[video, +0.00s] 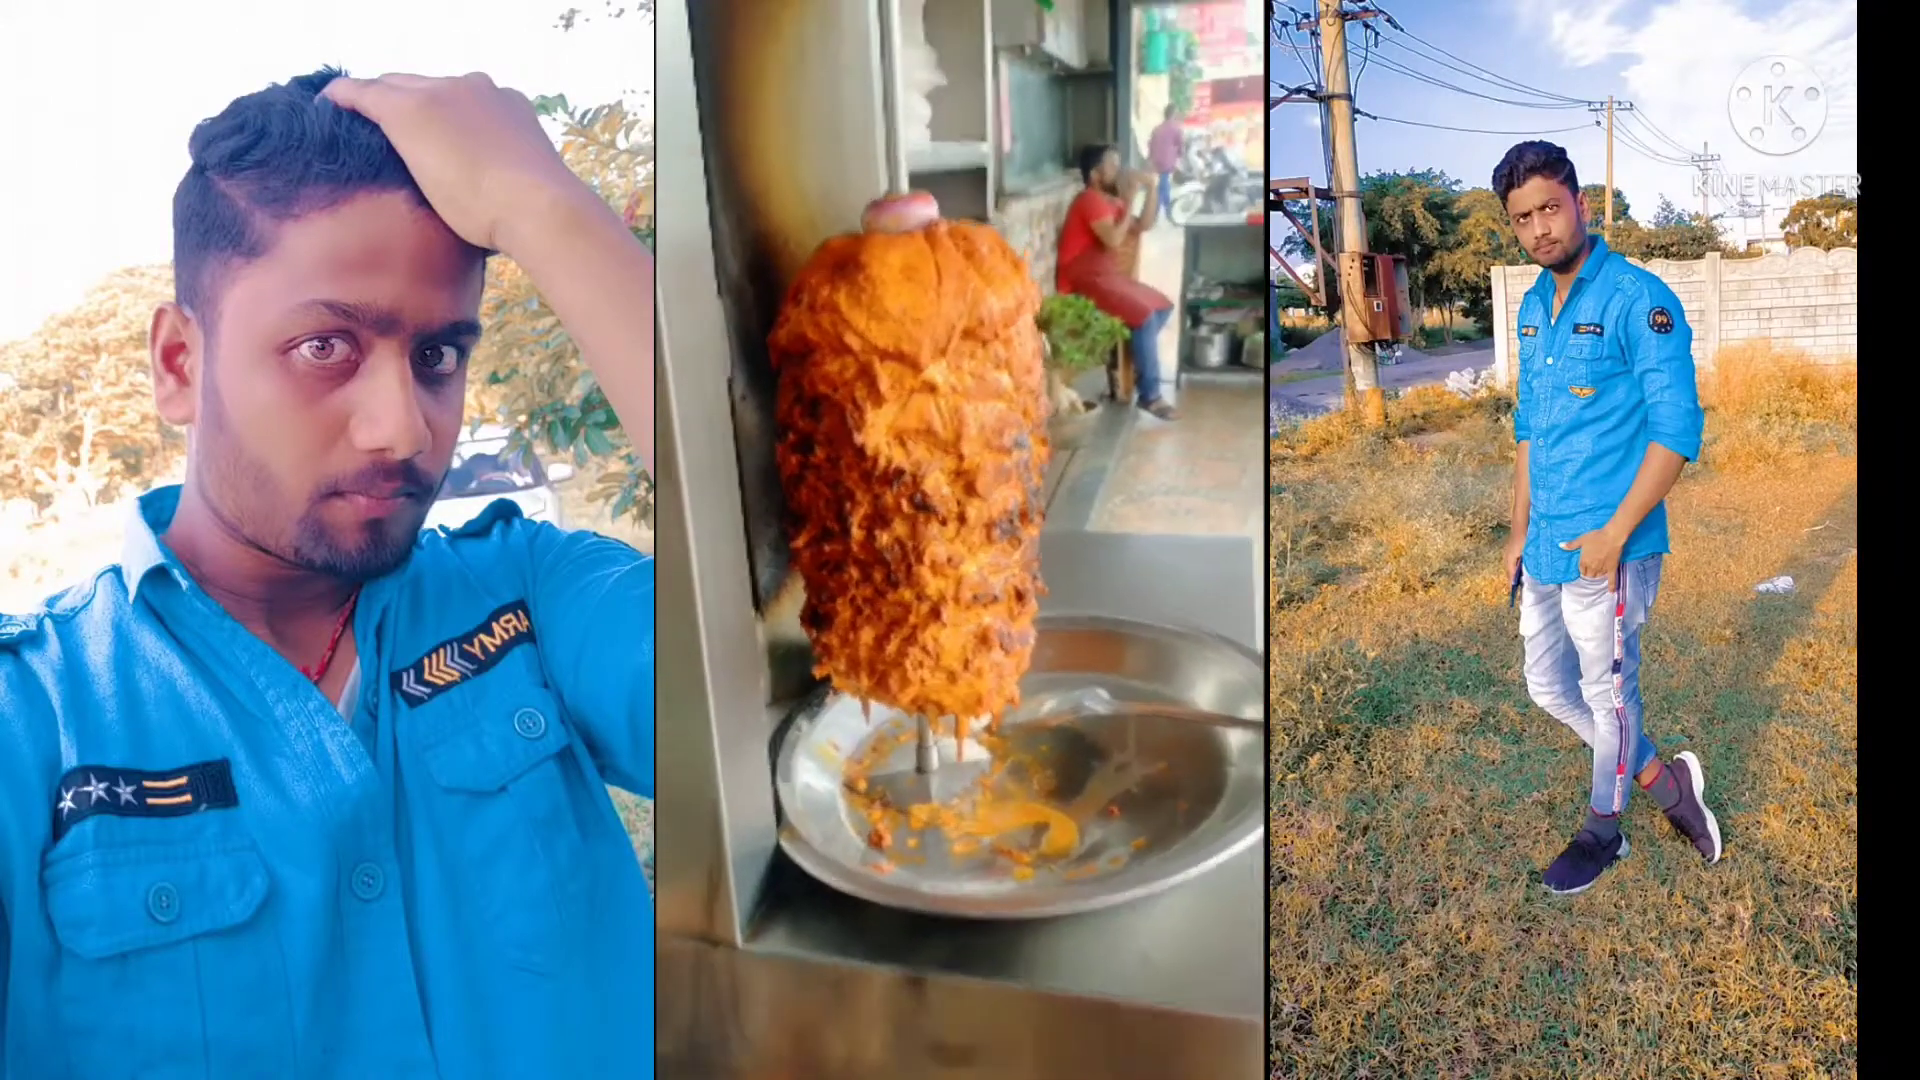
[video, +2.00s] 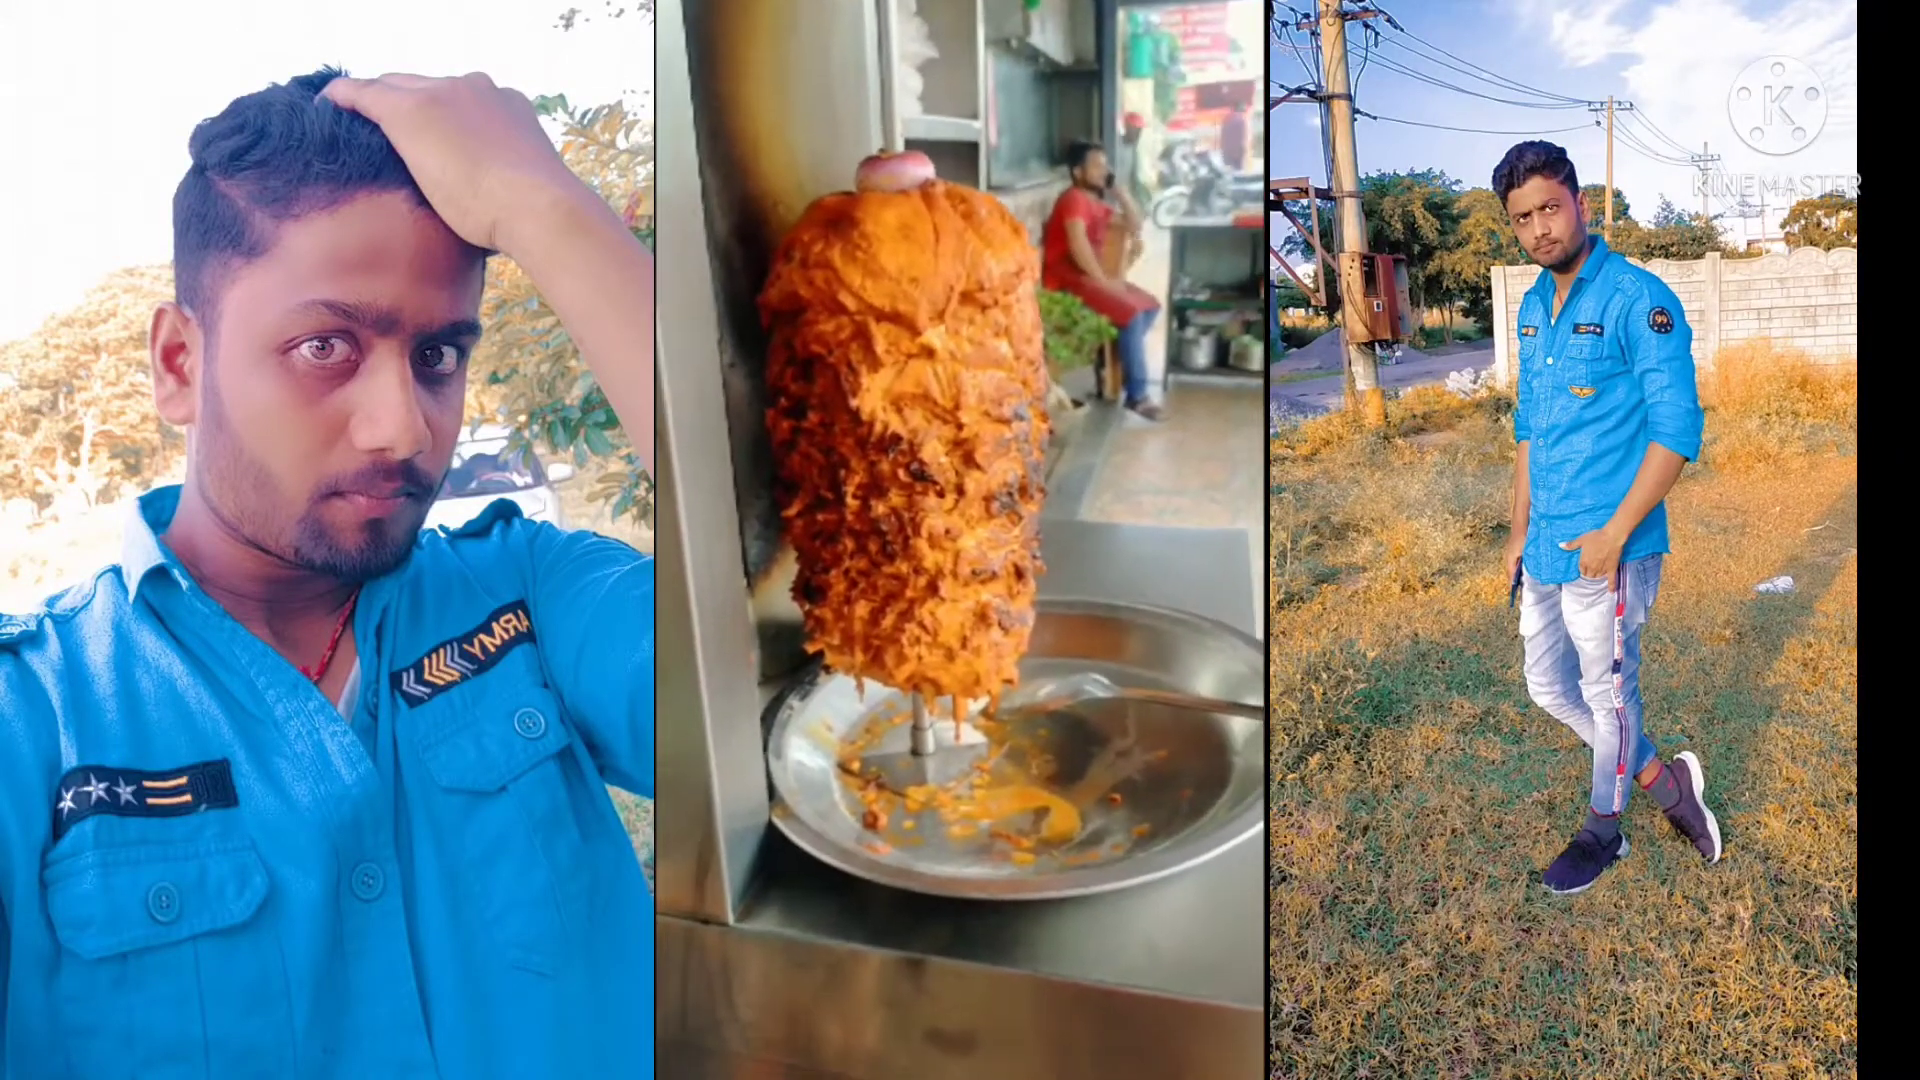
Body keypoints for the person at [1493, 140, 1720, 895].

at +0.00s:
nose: (1538, 228)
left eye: (1549, 208)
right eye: (1522, 218)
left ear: (1581, 203)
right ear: (1513, 228)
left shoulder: (1640, 298)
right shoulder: (1534, 307)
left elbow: (1678, 431)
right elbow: (1529, 431)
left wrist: (1615, 532)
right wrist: (1520, 530)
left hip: (1611, 536)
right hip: (1544, 538)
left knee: (1610, 689)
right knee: (1548, 684)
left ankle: (1602, 828)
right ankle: (1666, 778)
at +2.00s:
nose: (1538, 228)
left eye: (1549, 208)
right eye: (1522, 219)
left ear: (1582, 203)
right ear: (1513, 229)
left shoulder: (1640, 298)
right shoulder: (1534, 306)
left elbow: (1678, 432)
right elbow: (1529, 431)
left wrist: (1616, 531)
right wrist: (1520, 529)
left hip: (1612, 536)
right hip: (1544, 537)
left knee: (1609, 689)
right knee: (1549, 684)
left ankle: (1602, 828)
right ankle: (1665, 778)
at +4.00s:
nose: (1537, 229)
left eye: (1548, 208)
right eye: (1522, 219)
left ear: (1582, 202)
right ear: (1513, 228)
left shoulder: (1641, 298)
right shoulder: (1534, 306)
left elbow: (1678, 432)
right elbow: (1529, 431)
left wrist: (1616, 532)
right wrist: (1520, 528)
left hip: (1612, 537)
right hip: (1544, 538)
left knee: (1610, 690)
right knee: (1549, 684)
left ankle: (1602, 828)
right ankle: (1664, 777)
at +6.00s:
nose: (1538, 229)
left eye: (1549, 208)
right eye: (1522, 219)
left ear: (1582, 203)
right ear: (1513, 228)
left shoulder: (1640, 298)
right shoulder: (1534, 307)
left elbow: (1678, 431)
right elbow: (1529, 431)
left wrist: (1615, 533)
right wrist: (1520, 529)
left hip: (1611, 537)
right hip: (1544, 538)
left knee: (1610, 690)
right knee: (1549, 684)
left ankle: (1602, 828)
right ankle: (1665, 779)